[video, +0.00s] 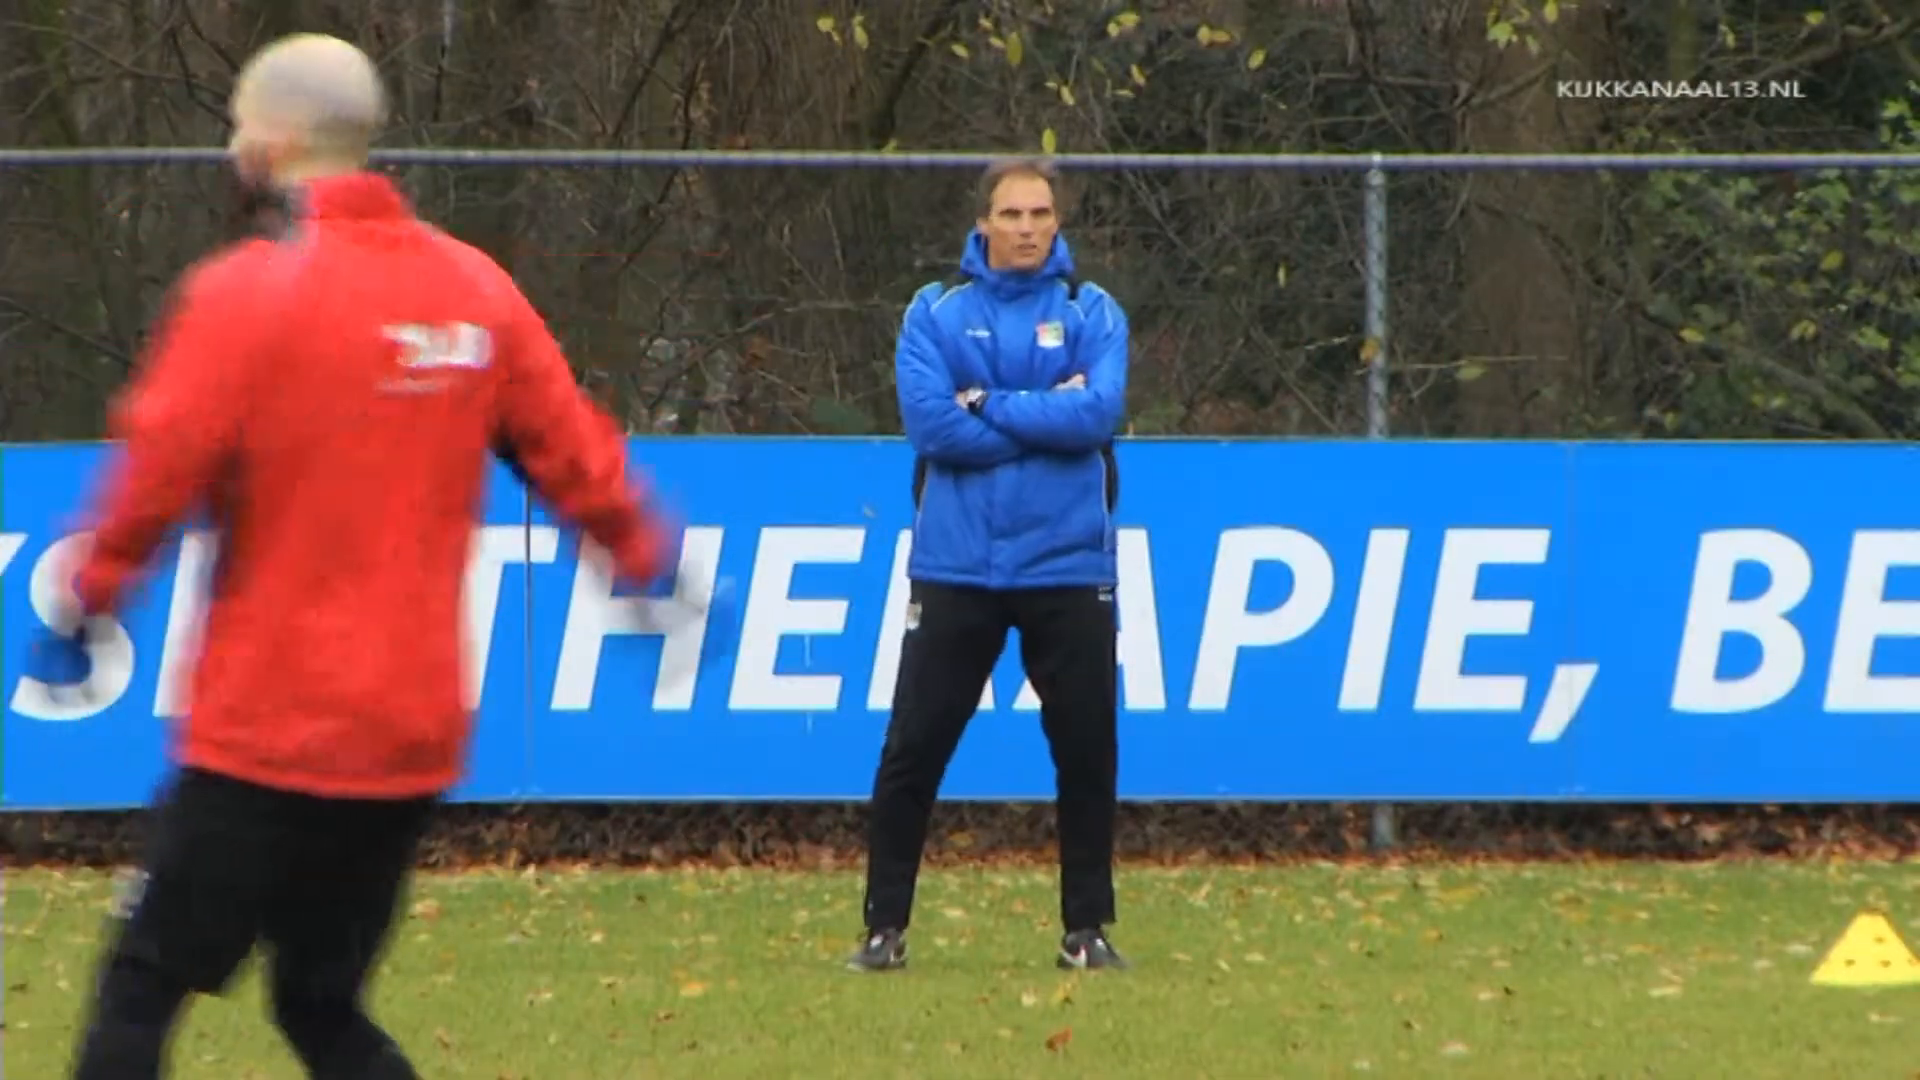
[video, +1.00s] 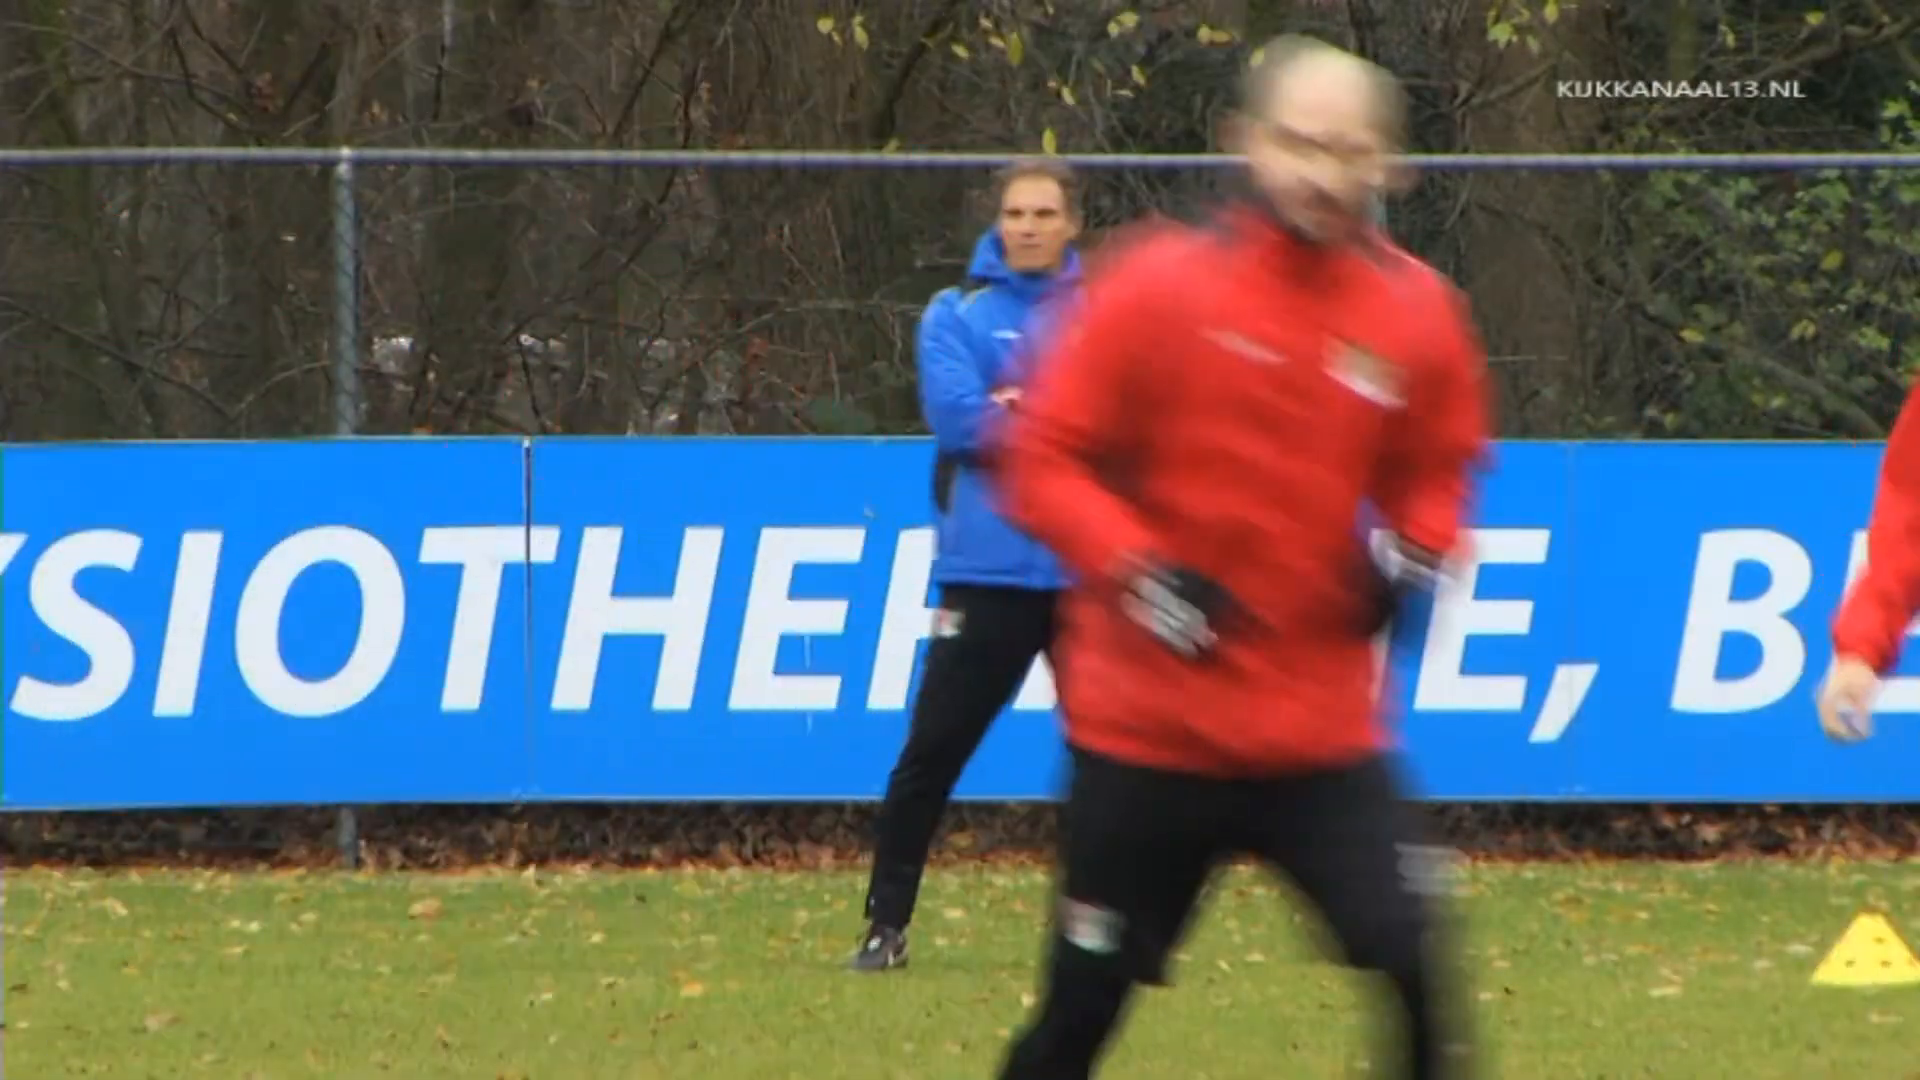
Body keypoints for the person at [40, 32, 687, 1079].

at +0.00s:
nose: (233, 146)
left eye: (241, 127)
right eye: (238, 126)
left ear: (271, 140)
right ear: (363, 138)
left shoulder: (246, 289)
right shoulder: (477, 287)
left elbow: (164, 465)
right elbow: (571, 451)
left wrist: (85, 589)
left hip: (266, 725)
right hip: (413, 727)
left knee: (140, 990)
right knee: (321, 1002)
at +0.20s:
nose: (343, 128)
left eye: (365, 106)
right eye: (349, 105)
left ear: (441, 120)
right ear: (461, 124)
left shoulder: (456, 257)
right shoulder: (553, 250)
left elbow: (444, 476)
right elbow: (521, 489)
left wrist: (346, 587)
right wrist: (386, 601)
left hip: (469, 694)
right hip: (549, 696)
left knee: (294, 947)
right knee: (417, 977)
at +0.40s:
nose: (532, 108)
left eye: (560, 91)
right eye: (535, 86)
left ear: (640, 117)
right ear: (542, 98)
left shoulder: (701, 262)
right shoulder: (568, 253)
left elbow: (717, 459)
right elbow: (539, 438)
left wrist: (575, 561)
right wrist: (442, 474)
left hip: (651, 683)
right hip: (562, 672)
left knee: (528, 981)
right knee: (495, 977)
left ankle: (661, 1065)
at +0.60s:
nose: (760, 152)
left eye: (795, 136)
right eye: (758, 130)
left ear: (875, 167)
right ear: (747, 138)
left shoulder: (943, 321)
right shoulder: (724, 283)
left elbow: (995, 518)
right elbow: (671, 460)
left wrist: (861, 572)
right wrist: (607, 528)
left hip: (880, 753)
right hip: (736, 736)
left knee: (838, 1020)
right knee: (634, 995)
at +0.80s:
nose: (1077, 90)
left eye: (1096, 66)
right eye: (1050, 64)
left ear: (1121, 77)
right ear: (986, 70)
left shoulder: (1181, 220)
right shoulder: (899, 212)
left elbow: (1273, 376)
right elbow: (810, 359)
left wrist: (1172, 460)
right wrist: (831, 457)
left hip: (1110, 645)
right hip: (944, 637)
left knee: (1051, 924)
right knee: (888, 904)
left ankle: (1027, 1067)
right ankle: (882, 1065)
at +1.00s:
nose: (1324, 174)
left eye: (1349, 151)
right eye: (1300, 145)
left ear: (1382, 164)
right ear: (1247, 144)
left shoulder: (1415, 313)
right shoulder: (1158, 283)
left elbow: (1439, 469)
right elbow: (1032, 456)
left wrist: (1414, 552)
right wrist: (1134, 566)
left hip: (1318, 735)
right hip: (1149, 734)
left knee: (1414, 962)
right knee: (1079, 1013)